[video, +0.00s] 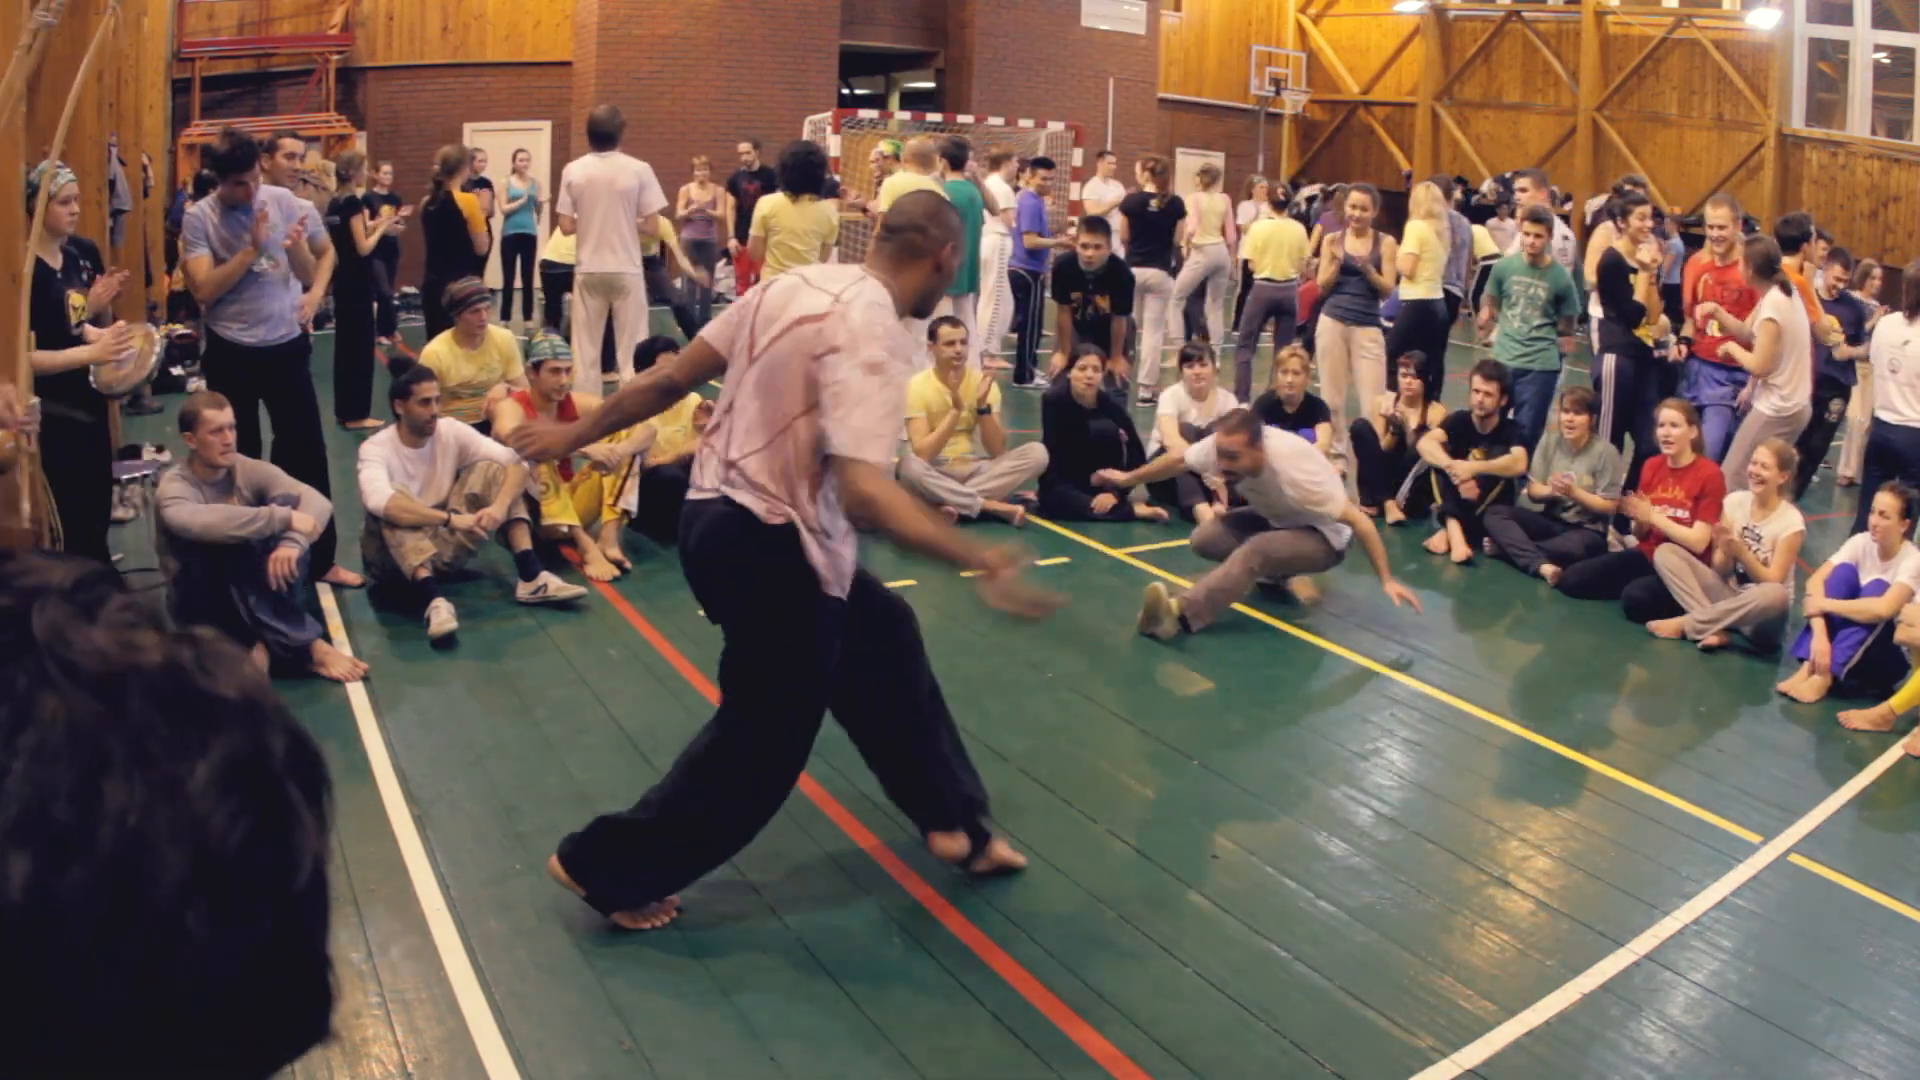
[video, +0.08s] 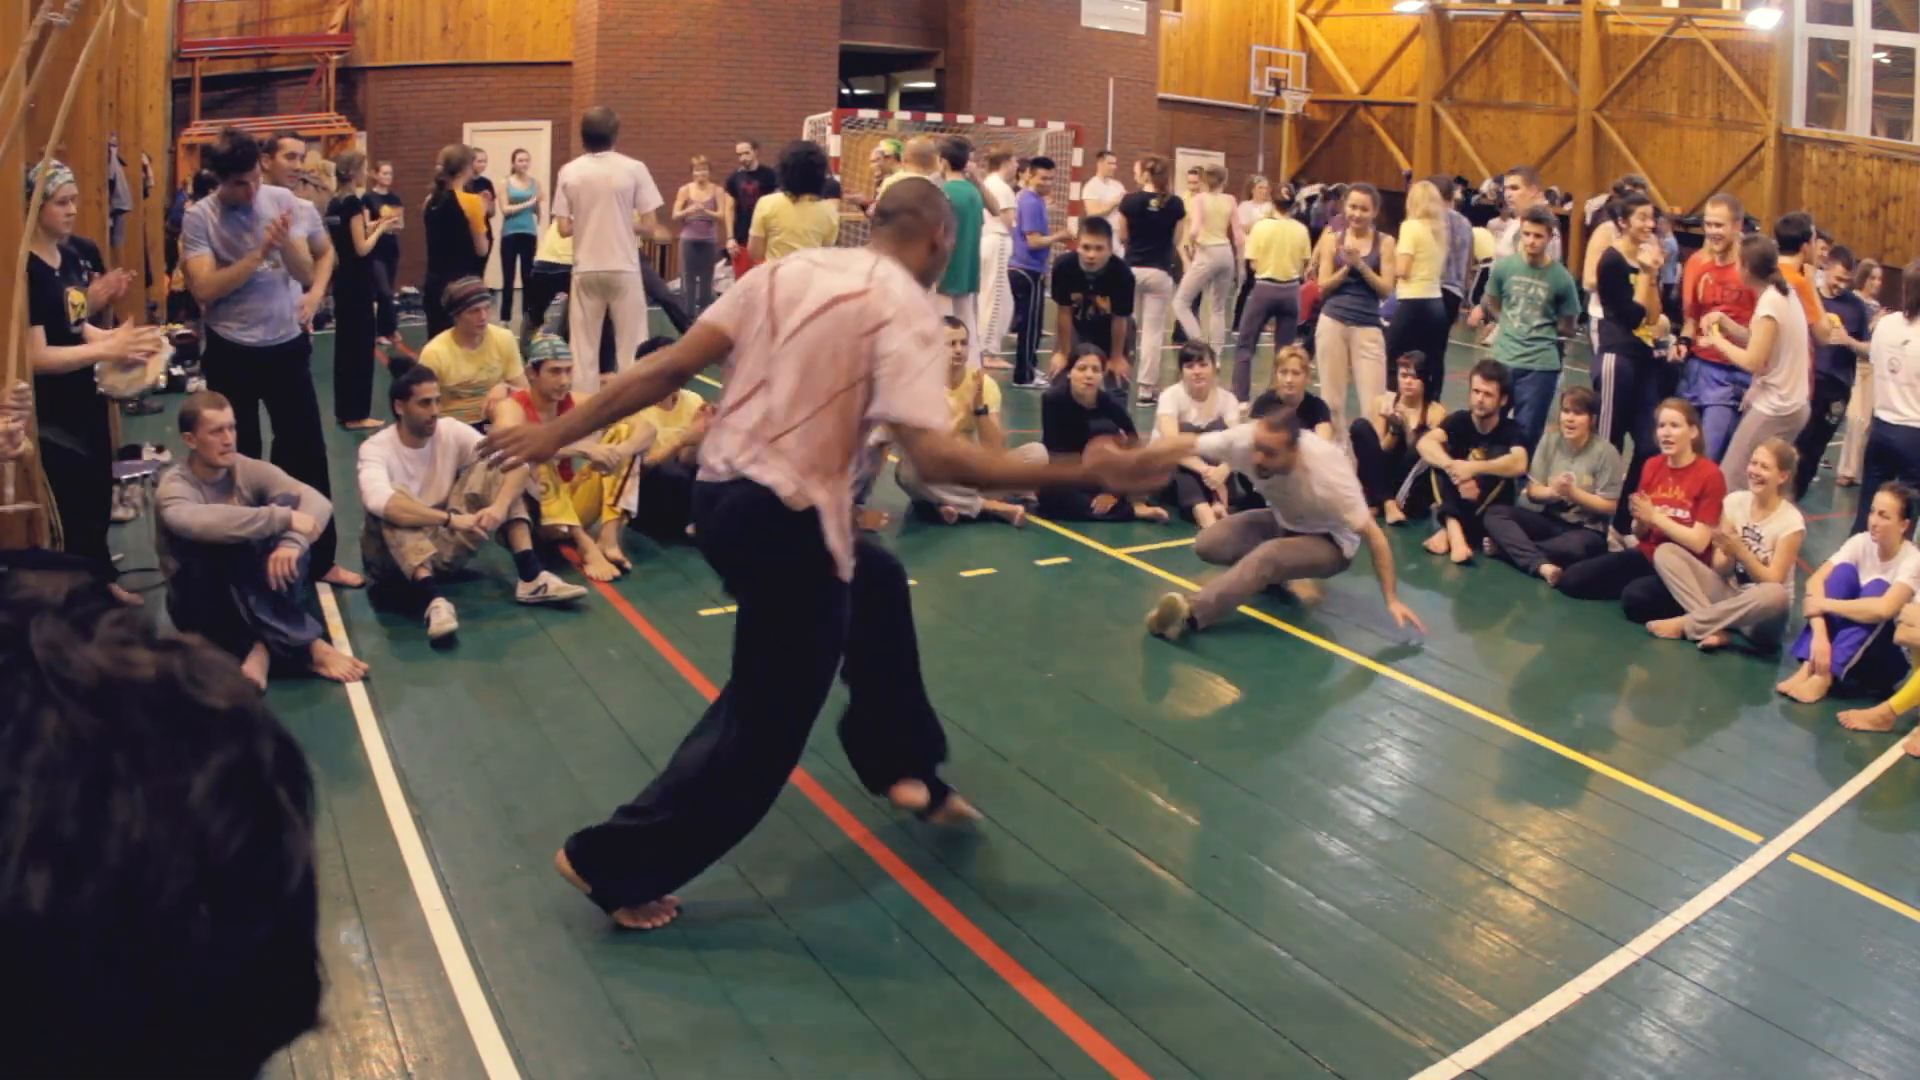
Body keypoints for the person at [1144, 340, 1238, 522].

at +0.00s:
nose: (1197, 372)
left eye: (1203, 365)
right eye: (1190, 367)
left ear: (1214, 368)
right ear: (1181, 371)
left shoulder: (1227, 400)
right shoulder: (1170, 396)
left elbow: (1233, 444)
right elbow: (1171, 441)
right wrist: (1208, 475)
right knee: (1186, 431)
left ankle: (1220, 505)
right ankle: (1202, 512)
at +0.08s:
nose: (1197, 372)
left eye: (1203, 365)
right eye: (1189, 366)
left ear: (1215, 368)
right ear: (1181, 371)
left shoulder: (1227, 399)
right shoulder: (1170, 397)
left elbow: (1237, 440)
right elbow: (1171, 445)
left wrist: (1224, 470)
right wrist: (1205, 470)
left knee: (1218, 427)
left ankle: (1222, 504)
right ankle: (1203, 512)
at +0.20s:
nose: (1197, 372)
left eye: (1203, 365)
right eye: (1190, 366)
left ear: (1214, 368)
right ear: (1182, 371)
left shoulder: (1227, 399)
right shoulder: (1170, 396)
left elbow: (1239, 443)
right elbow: (1170, 441)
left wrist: (1222, 473)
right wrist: (1207, 472)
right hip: (1168, 481)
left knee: (1218, 427)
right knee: (1186, 430)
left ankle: (1220, 502)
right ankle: (1200, 506)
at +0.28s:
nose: (1197, 372)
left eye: (1203, 365)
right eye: (1189, 367)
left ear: (1214, 368)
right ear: (1181, 371)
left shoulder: (1227, 399)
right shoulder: (1170, 396)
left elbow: (1239, 443)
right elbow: (1171, 442)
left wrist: (1222, 472)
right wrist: (1208, 473)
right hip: (1168, 480)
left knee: (1217, 427)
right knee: (1186, 431)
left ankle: (1222, 502)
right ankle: (1198, 504)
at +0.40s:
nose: (1197, 372)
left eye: (1203, 365)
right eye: (1189, 367)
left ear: (1214, 368)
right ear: (1181, 372)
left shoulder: (1227, 399)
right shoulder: (1170, 396)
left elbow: (1238, 443)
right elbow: (1171, 442)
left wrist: (1222, 471)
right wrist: (1207, 472)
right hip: (1168, 480)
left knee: (1218, 426)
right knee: (1186, 430)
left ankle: (1222, 501)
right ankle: (1199, 504)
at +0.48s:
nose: (1197, 372)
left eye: (1203, 365)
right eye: (1189, 366)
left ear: (1213, 368)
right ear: (1181, 371)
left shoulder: (1227, 399)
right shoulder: (1170, 396)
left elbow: (1238, 442)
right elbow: (1170, 441)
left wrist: (1223, 471)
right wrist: (1206, 472)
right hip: (1167, 479)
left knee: (1218, 428)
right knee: (1186, 430)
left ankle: (1220, 502)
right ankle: (1200, 506)